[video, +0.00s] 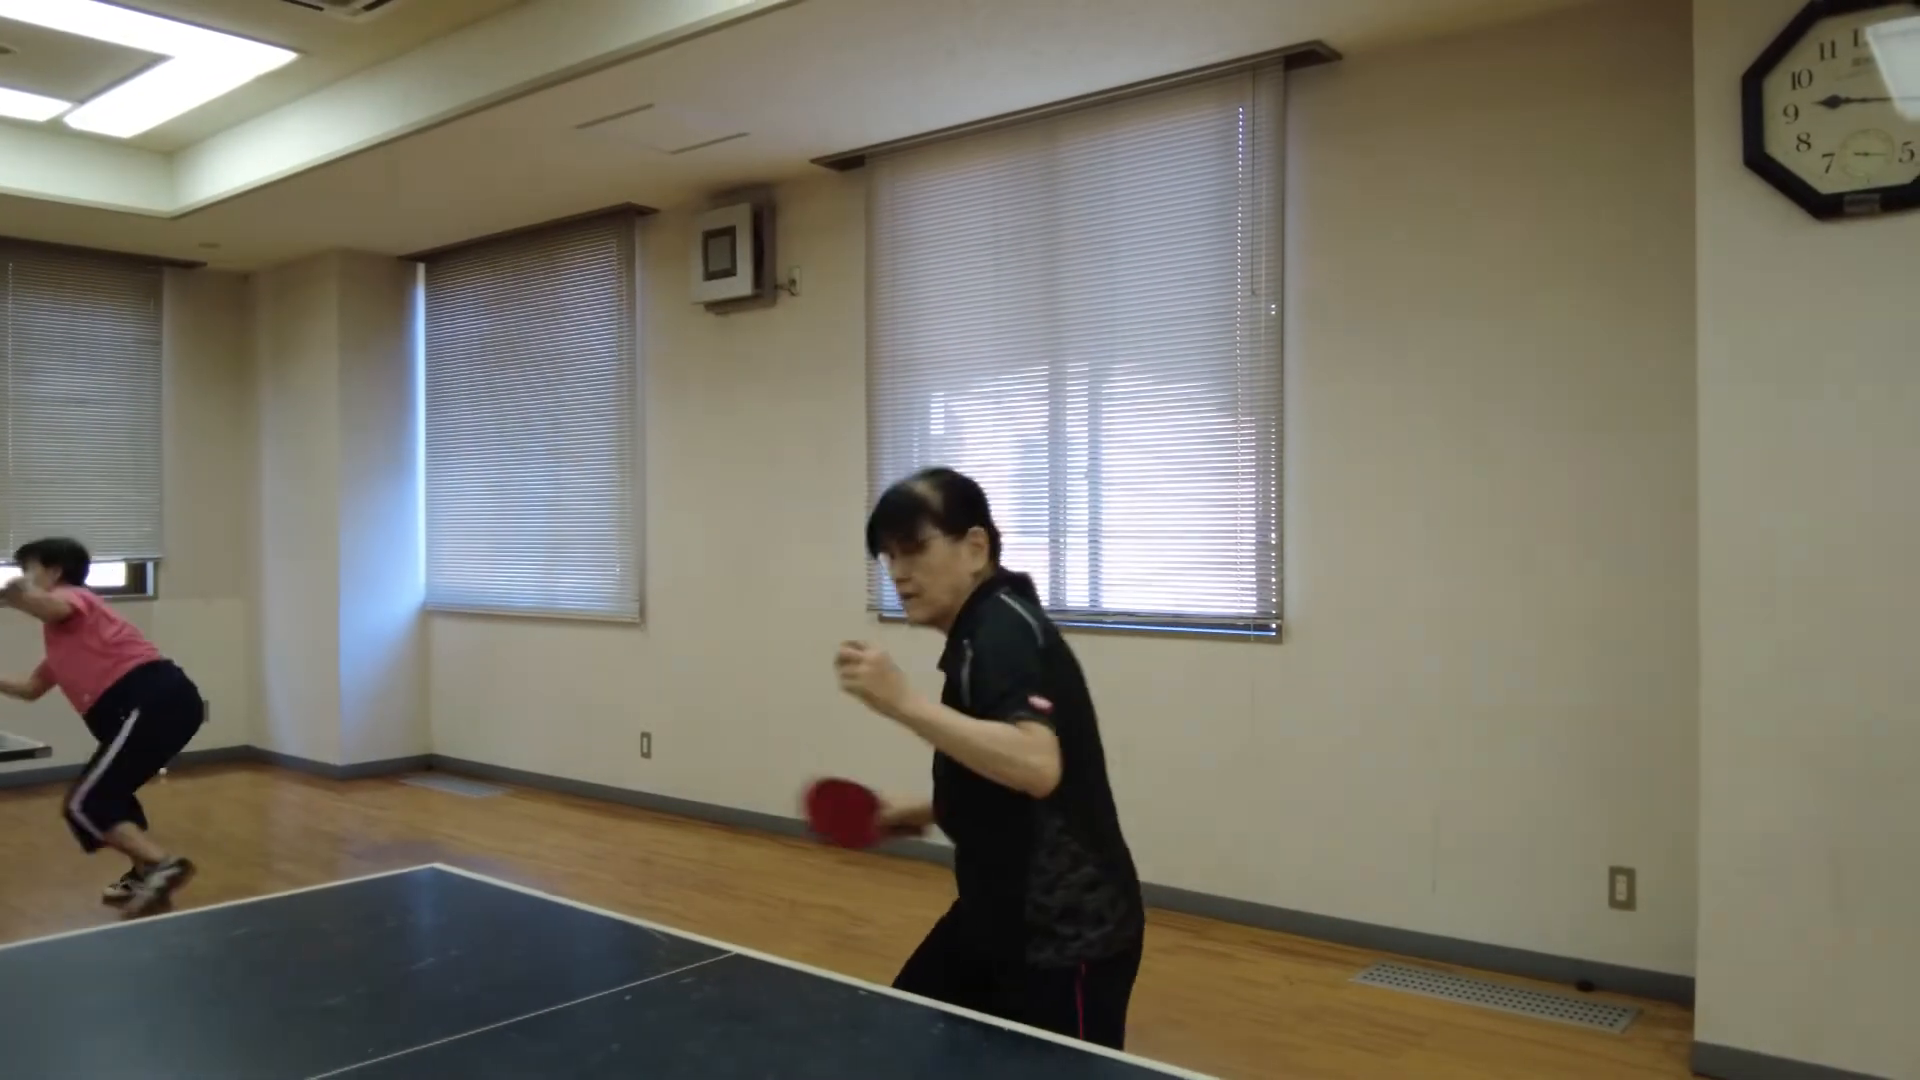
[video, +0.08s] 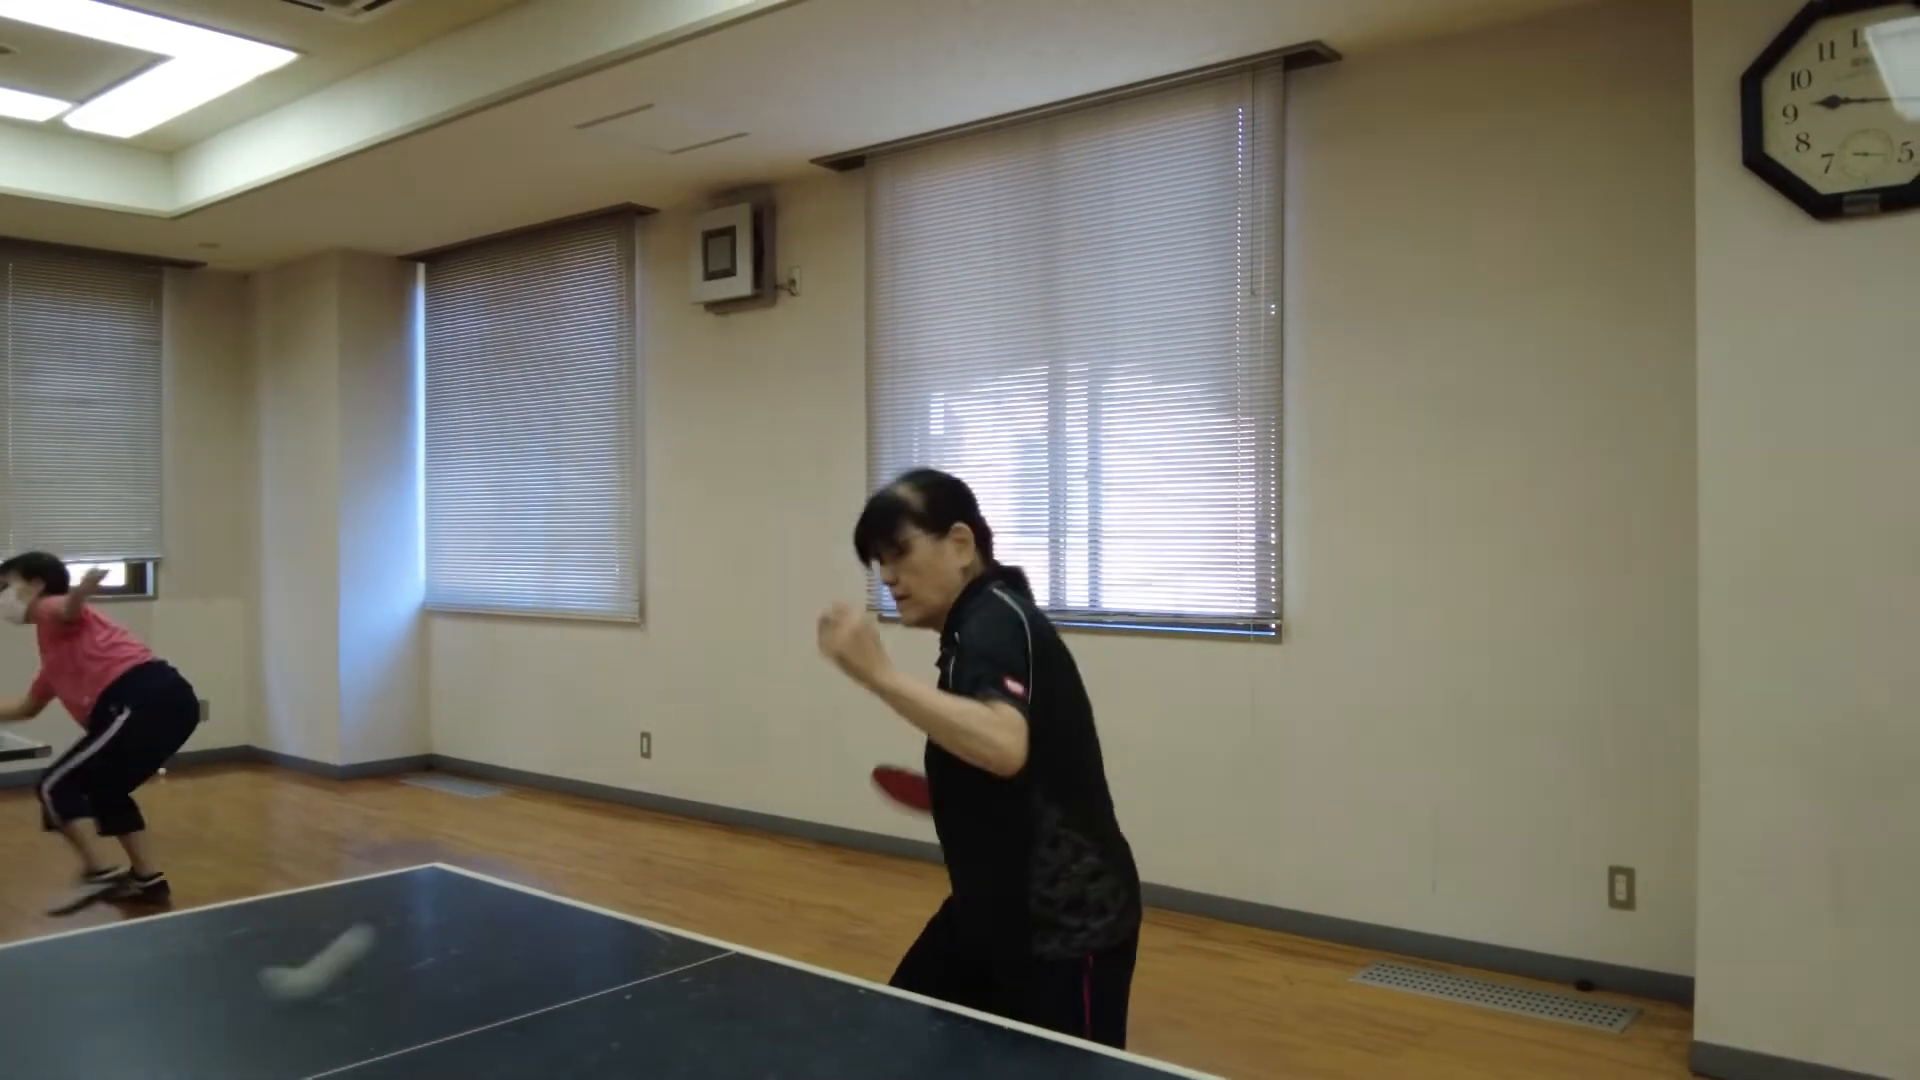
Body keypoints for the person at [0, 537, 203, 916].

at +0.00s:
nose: (23, 580)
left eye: (28, 571)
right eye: (23, 573)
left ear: (55, 571)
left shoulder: (74, 597)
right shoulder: (63, 639)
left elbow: (58, 609)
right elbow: (32, 690)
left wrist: (18, 597)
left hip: (157, 699)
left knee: (85, 803)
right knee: (108, 793)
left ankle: (160, 863)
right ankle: (145, 869)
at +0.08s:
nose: (5, 596)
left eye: (10, 586)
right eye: (4, 588)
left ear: (38, 584)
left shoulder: (48, 609)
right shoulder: (55, 656)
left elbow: (68, 611)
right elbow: (28, 707)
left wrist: (80, 592)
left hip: (144, 700)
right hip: (174, 704)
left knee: (55, 786)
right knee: (107, 789)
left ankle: (100, 868)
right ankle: (147, 877)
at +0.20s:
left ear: (14, 595)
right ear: (16, 596)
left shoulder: (42, 615)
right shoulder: (37, 653)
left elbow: (84, 608)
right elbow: (63, 727)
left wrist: (134, 584)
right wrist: (31, 774)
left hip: (131, 705)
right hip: (160, 709)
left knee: (42, 782)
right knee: (88, 790)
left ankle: (22, 883)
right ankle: (144, 874)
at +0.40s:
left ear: (10, 581)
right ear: (14, 582)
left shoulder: (29, 609)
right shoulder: (23, 627)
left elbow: (60, 624)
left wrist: (93, 607)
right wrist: (34, 744)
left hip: (105, 717)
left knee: (10, 790)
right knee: (52, 806)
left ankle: (11, 885)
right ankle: (135, 860)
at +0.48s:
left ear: (14, 571)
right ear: (17, 572)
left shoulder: (31, 603)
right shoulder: (25, 612)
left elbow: (50, 625)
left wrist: (60, 620)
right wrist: (36, 740)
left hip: (101, 713)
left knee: (9, 788)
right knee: (50, 803)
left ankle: (11, 884)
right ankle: (137, 857)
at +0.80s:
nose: (19, 545)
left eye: (25, 534)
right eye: (17, 536)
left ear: (55, 537)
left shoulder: (71, 579)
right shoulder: (56, 592)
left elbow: (106, 610)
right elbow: (71, 666)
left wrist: (128, 635)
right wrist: (35, 715)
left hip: (127, 696)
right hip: (114, 699)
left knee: (50, 780)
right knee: (89, 789)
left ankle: (16, 884)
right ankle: (149, 869)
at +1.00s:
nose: (38, 536)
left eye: (43, 525)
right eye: (36, 527)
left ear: (72, 526)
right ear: (67, 529)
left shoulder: (95, 569)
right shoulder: (71, 584)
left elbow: (141, 610)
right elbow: (87, 660)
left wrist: (167, 649)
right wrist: (50, 702)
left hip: (142, 687)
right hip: (117, 693)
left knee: (63, 775)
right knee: (103, 783)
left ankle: (63, 887)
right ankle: (152, 872)